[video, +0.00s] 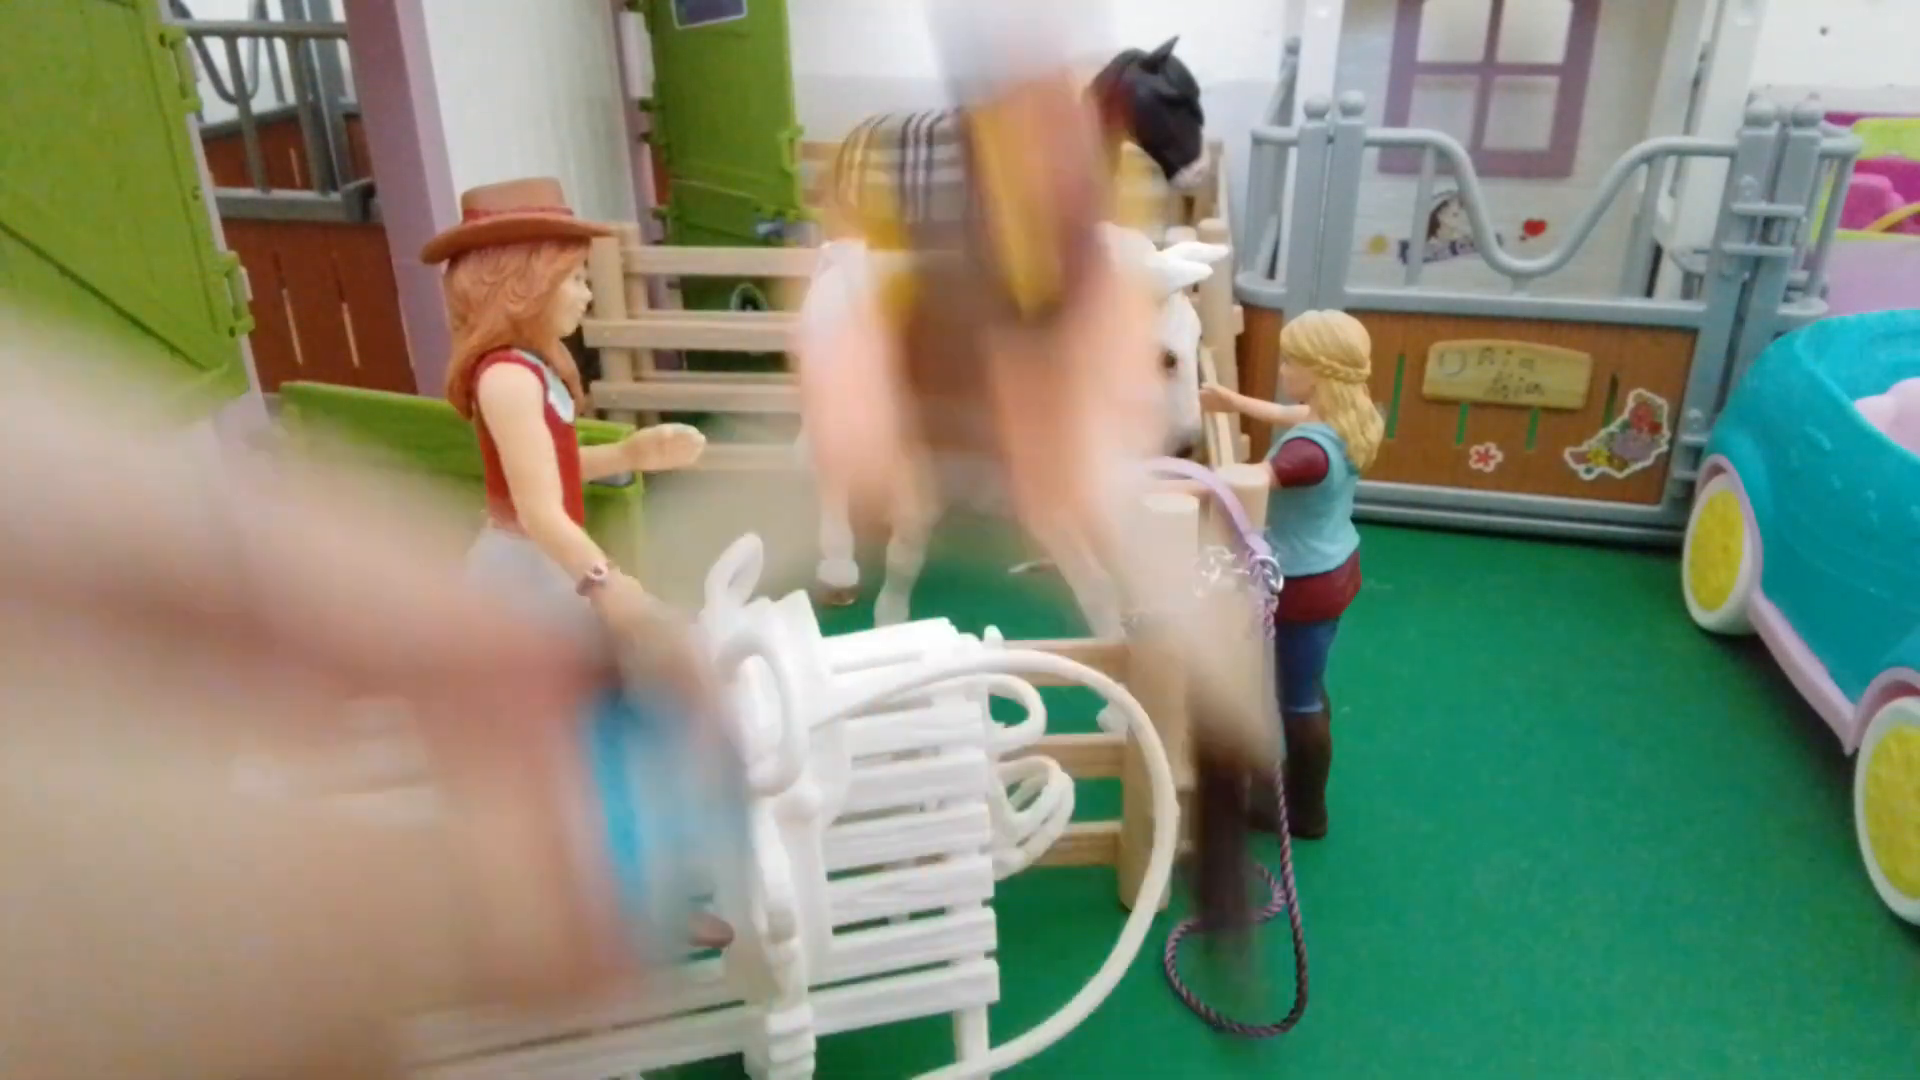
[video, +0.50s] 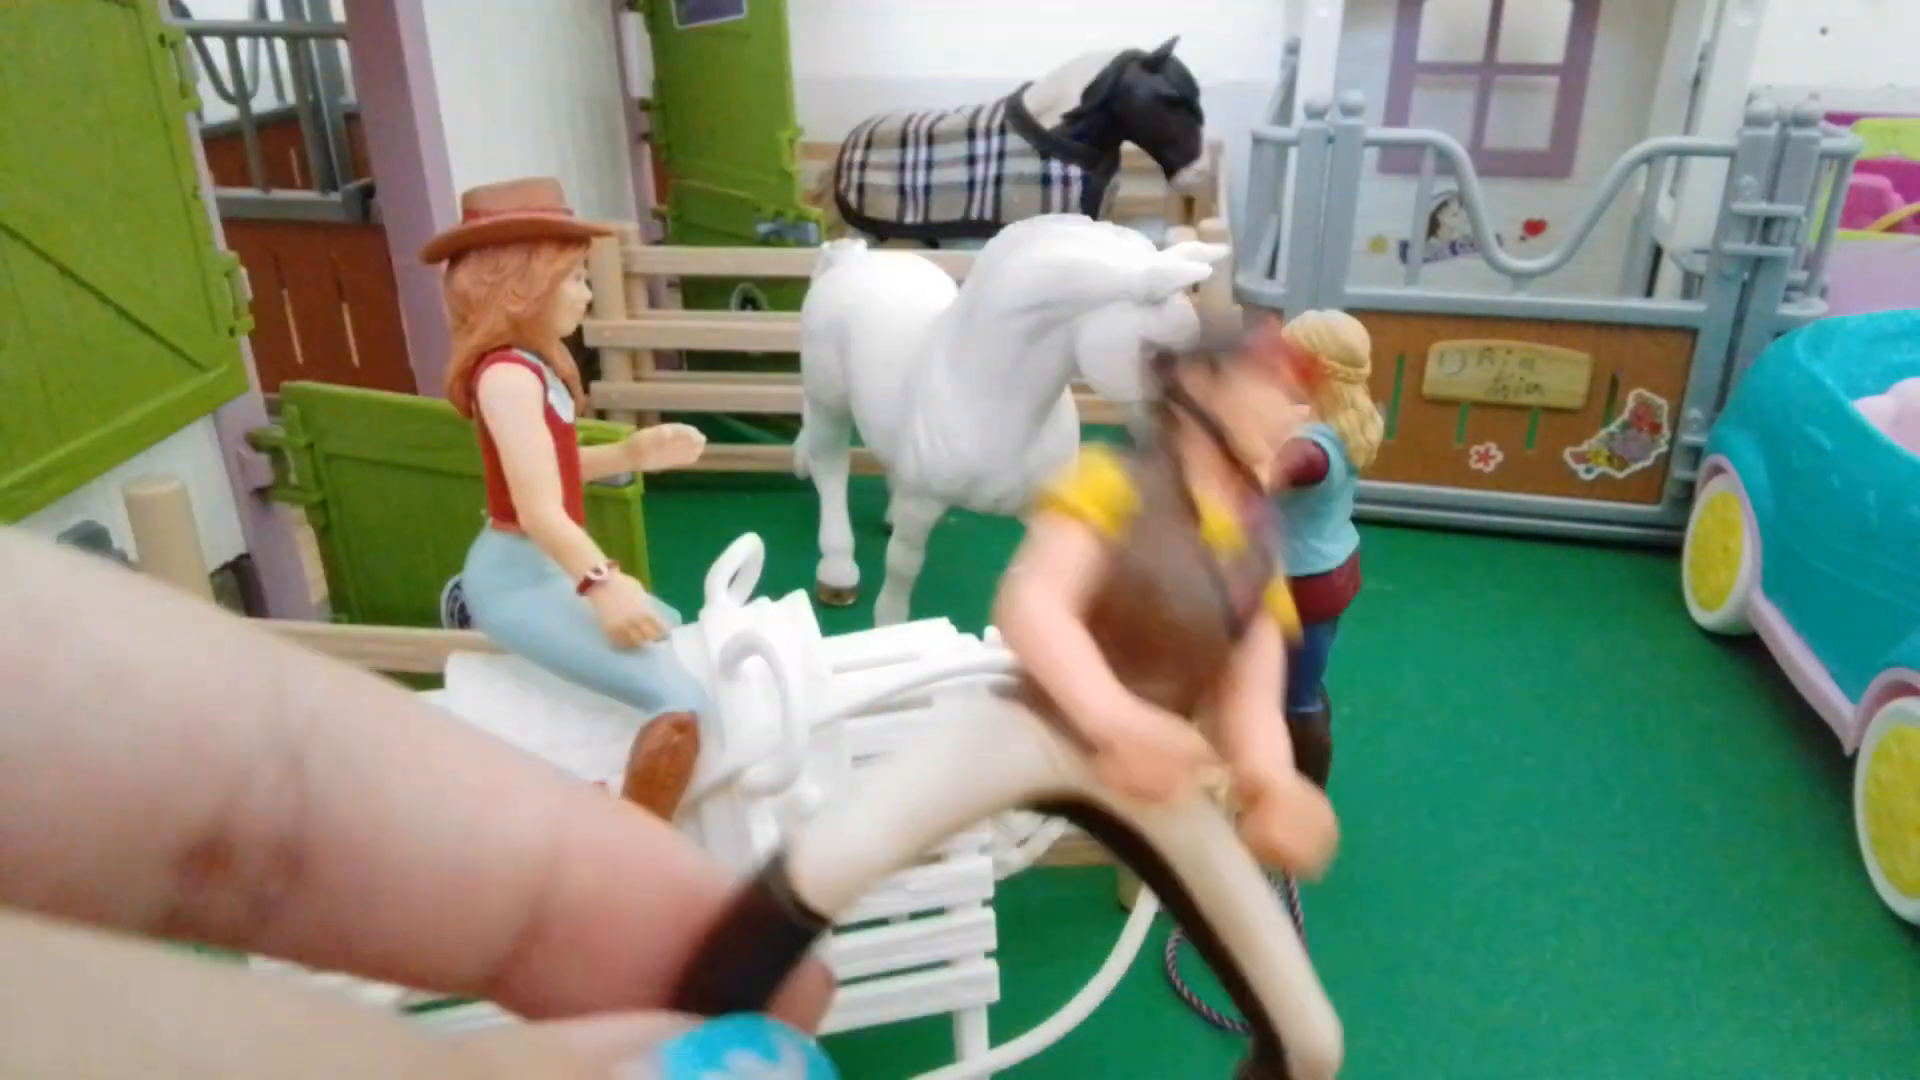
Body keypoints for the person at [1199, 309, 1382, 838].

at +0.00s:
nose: (1282, 371)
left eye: (1290, 362)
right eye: (1284, 360)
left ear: (1319, 372)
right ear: (1334, 373)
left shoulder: (1316, 446)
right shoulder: (1348, 417)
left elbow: (1257, 477)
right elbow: (1288, 414)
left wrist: (1189, 481)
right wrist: (1237, 401)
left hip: (1305, 588)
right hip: (1334, 564)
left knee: (1298, 699)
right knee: (1305, 685)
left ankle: (1305, 813)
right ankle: (1303, 795)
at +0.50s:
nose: (1282, 369)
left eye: (1291, 359)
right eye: (1284, 358)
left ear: (1310, 372)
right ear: (1340, 372)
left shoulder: (1317, 444)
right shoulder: (1347, 421)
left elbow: (1258, 475)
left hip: (1308, 579)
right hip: (1335, 559)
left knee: (1299, 699)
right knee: (1308, 685)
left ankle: (1305, 804)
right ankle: (1306, 791)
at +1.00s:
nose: (1280, 369)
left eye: (1288, 362)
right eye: (1284, 360)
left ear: (1314, 374)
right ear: (1331, 372)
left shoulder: (1313, 447)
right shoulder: (1348, 417)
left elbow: (1251, 478)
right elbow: (1288, 416)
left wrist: (1163, 483)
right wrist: (1234, 401)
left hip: (1306, 587)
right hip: (1332, 568)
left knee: (1297, 700)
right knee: (1303, 682)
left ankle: (1305, 812)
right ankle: (1296, 773)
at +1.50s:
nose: (1282, 371)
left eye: (1289, 362)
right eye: (1284, 360)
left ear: (1317, 372)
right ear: (1336, 372)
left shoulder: (1314, 448)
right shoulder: (1348, 417)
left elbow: (1249, 479)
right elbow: (1290, 415)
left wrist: (1176, 484)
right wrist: (1238, 401)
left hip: (1305, 587)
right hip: (1333, 565)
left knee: (1298, 698)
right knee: (1301, 680)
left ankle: (1303, 810)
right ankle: (1298, 772)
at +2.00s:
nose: (1282, 371)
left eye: (1289, 362)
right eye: (1284, 361)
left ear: (1317, 373)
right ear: (1334, 374)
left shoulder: (1314, 448)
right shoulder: (1348, 417)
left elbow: (1243, 479)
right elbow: (1289, 416)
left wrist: (1156, 484)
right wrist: (1236, 400)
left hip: (1304, 588)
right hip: (1332, 567)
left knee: (1299, 700)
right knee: (1301, 682)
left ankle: (1304, 813)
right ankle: (1299, 773)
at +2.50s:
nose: (1282, 370)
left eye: (1290, 362)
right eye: (1284, 360)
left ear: (1317, 373)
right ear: (1337, 373)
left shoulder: (1314, 448)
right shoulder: (1348, 418)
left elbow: (1248, 479)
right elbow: (1289, 416)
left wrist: (1163, 484)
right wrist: (1236, 400)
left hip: (1305, 588)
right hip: (1333, 565)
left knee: (1300, 700)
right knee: (1301, 680)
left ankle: (1304, 811)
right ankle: (1298, 771)